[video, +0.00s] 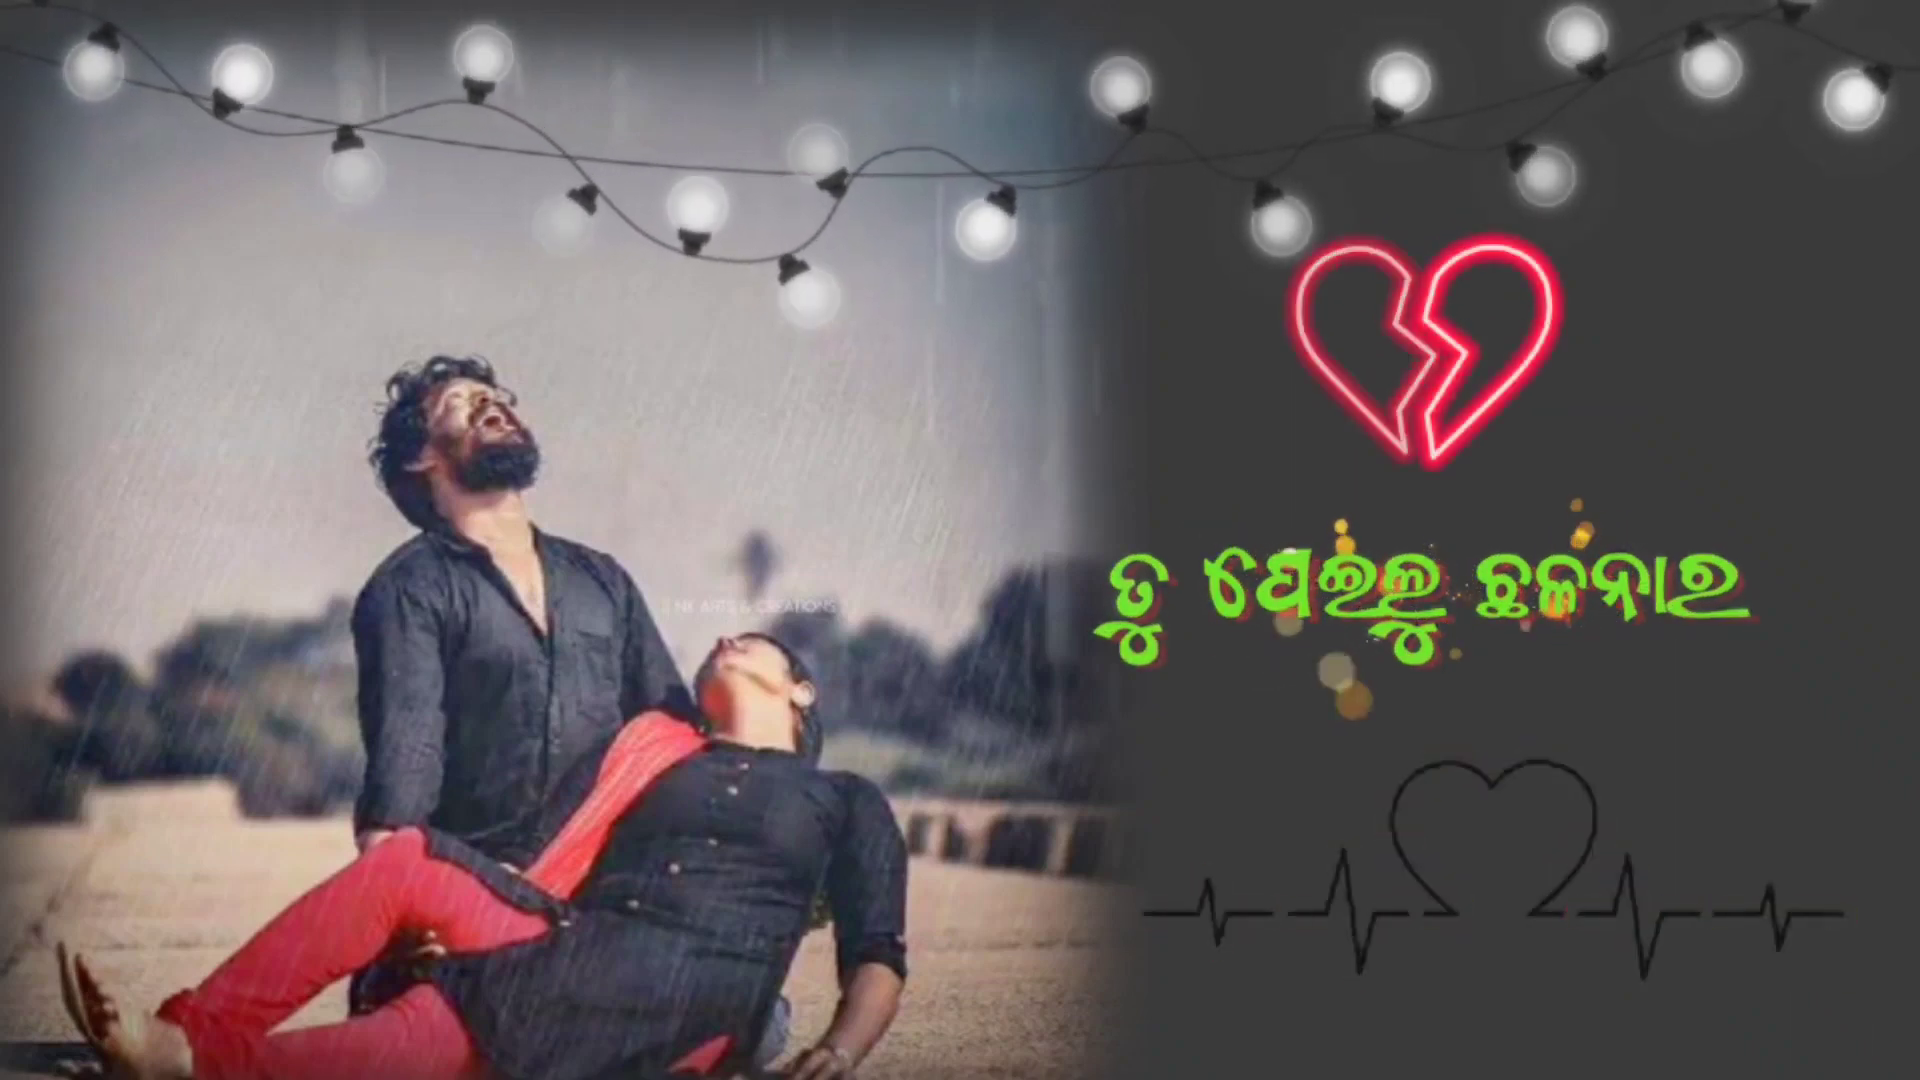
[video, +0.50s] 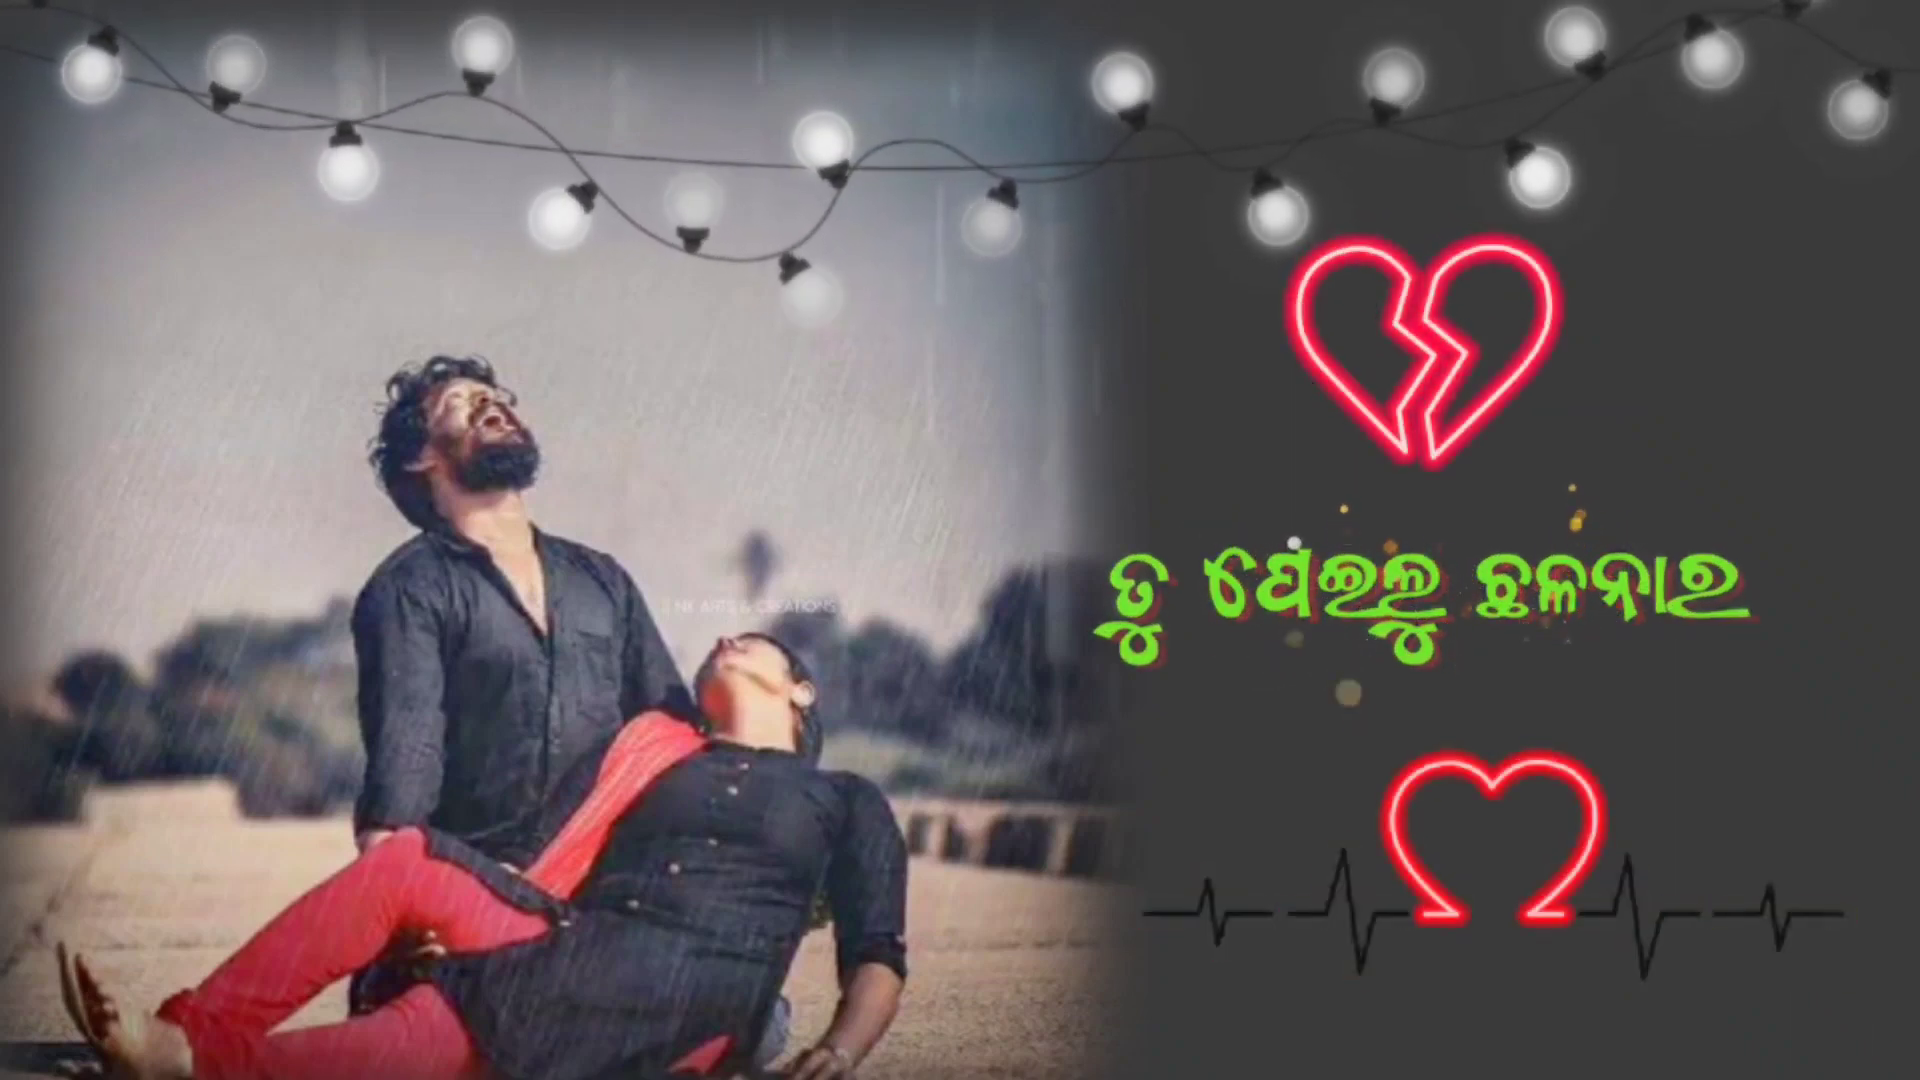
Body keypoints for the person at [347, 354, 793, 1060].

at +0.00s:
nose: (496, 408)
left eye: (502, 401)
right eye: (463, 406)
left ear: (525, 438)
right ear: (421, 462)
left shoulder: (602, 578)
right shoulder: (410, 587)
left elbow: (678, 728)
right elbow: (404, 753)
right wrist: (387, 904)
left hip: (617, 883)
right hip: (462, 890)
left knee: (760, 1022)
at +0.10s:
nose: (496, 408)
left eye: (502, 401)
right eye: (463, 406)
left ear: (525, 438)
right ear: (421, 462)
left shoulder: (602, 578)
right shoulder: (410, 587)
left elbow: (678, 728)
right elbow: (404, 753)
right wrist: (387, 904)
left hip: (617, 883)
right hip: (462, 890)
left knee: (760, 1022)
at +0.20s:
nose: (496, 409)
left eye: (502, 401)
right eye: (462, 406)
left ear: (525, 438)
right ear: (421, 463)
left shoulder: (603, 579)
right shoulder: (410, 588)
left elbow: (679, 729)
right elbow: (404, 753)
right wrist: (388, 904)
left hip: (617, 882)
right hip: (463, 889)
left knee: (760, 1021)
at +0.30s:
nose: (497, 408)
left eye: (502, 401)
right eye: (463, 406)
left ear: (525, 438)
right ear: (421, 462)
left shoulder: (602, 578)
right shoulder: (410, 587)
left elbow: (678, 728)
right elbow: (404, 753)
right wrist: (387, 904)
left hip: (617, 883)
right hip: (462, 890)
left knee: (760, 1022)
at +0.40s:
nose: (496, 408)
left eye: (502, 401)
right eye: (463, 406)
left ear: (525, 438)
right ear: (421, 462)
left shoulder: (602, 578)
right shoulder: (410, 587)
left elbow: (678, 728)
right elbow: (404, 753)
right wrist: (387, 904)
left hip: (617, 883)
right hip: (462, 890)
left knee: (760, 1022)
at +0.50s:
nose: (496, 408)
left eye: (502, 401)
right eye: (463, 406)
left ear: (525, 438)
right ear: (421, 462)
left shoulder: (602, 578)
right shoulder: (410, 587)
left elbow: (678, 728)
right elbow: (404, 753)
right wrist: (387, 904)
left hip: (617, 883)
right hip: (462, 890)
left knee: (760, 1022)